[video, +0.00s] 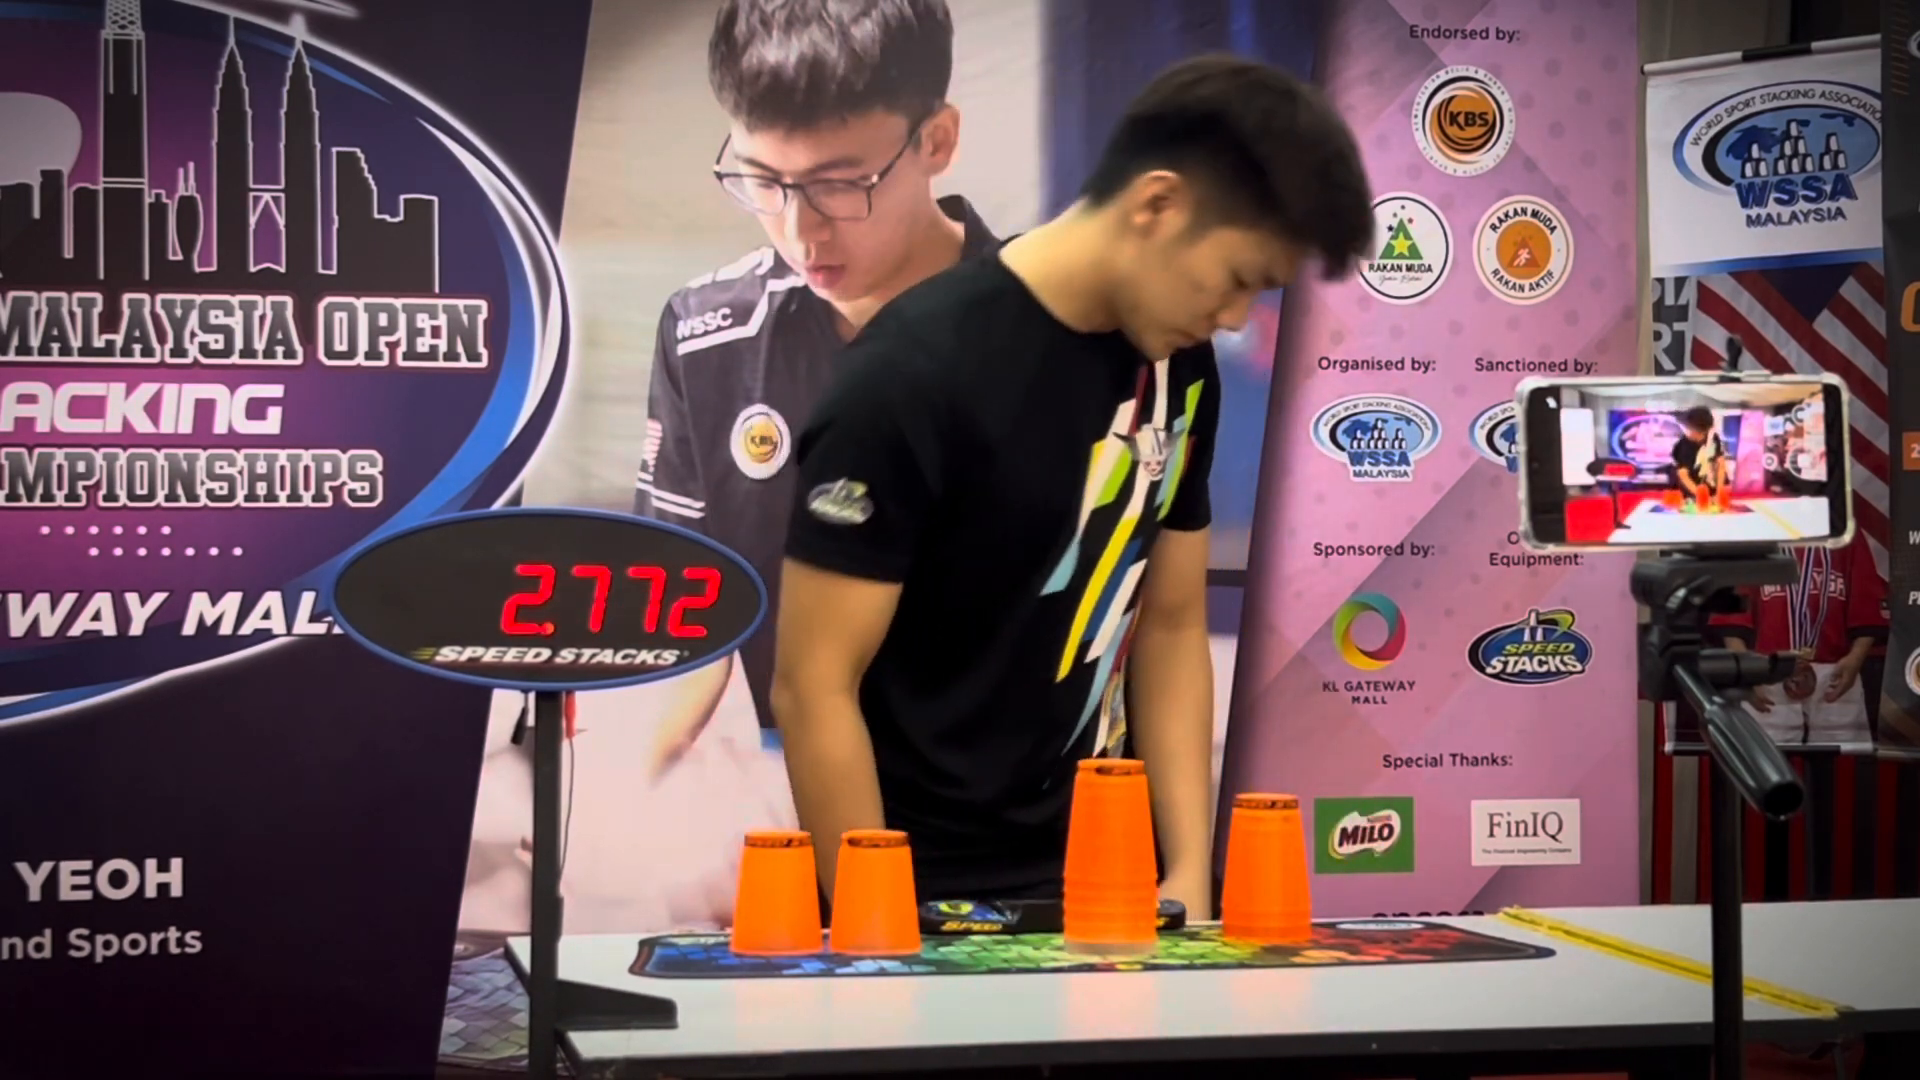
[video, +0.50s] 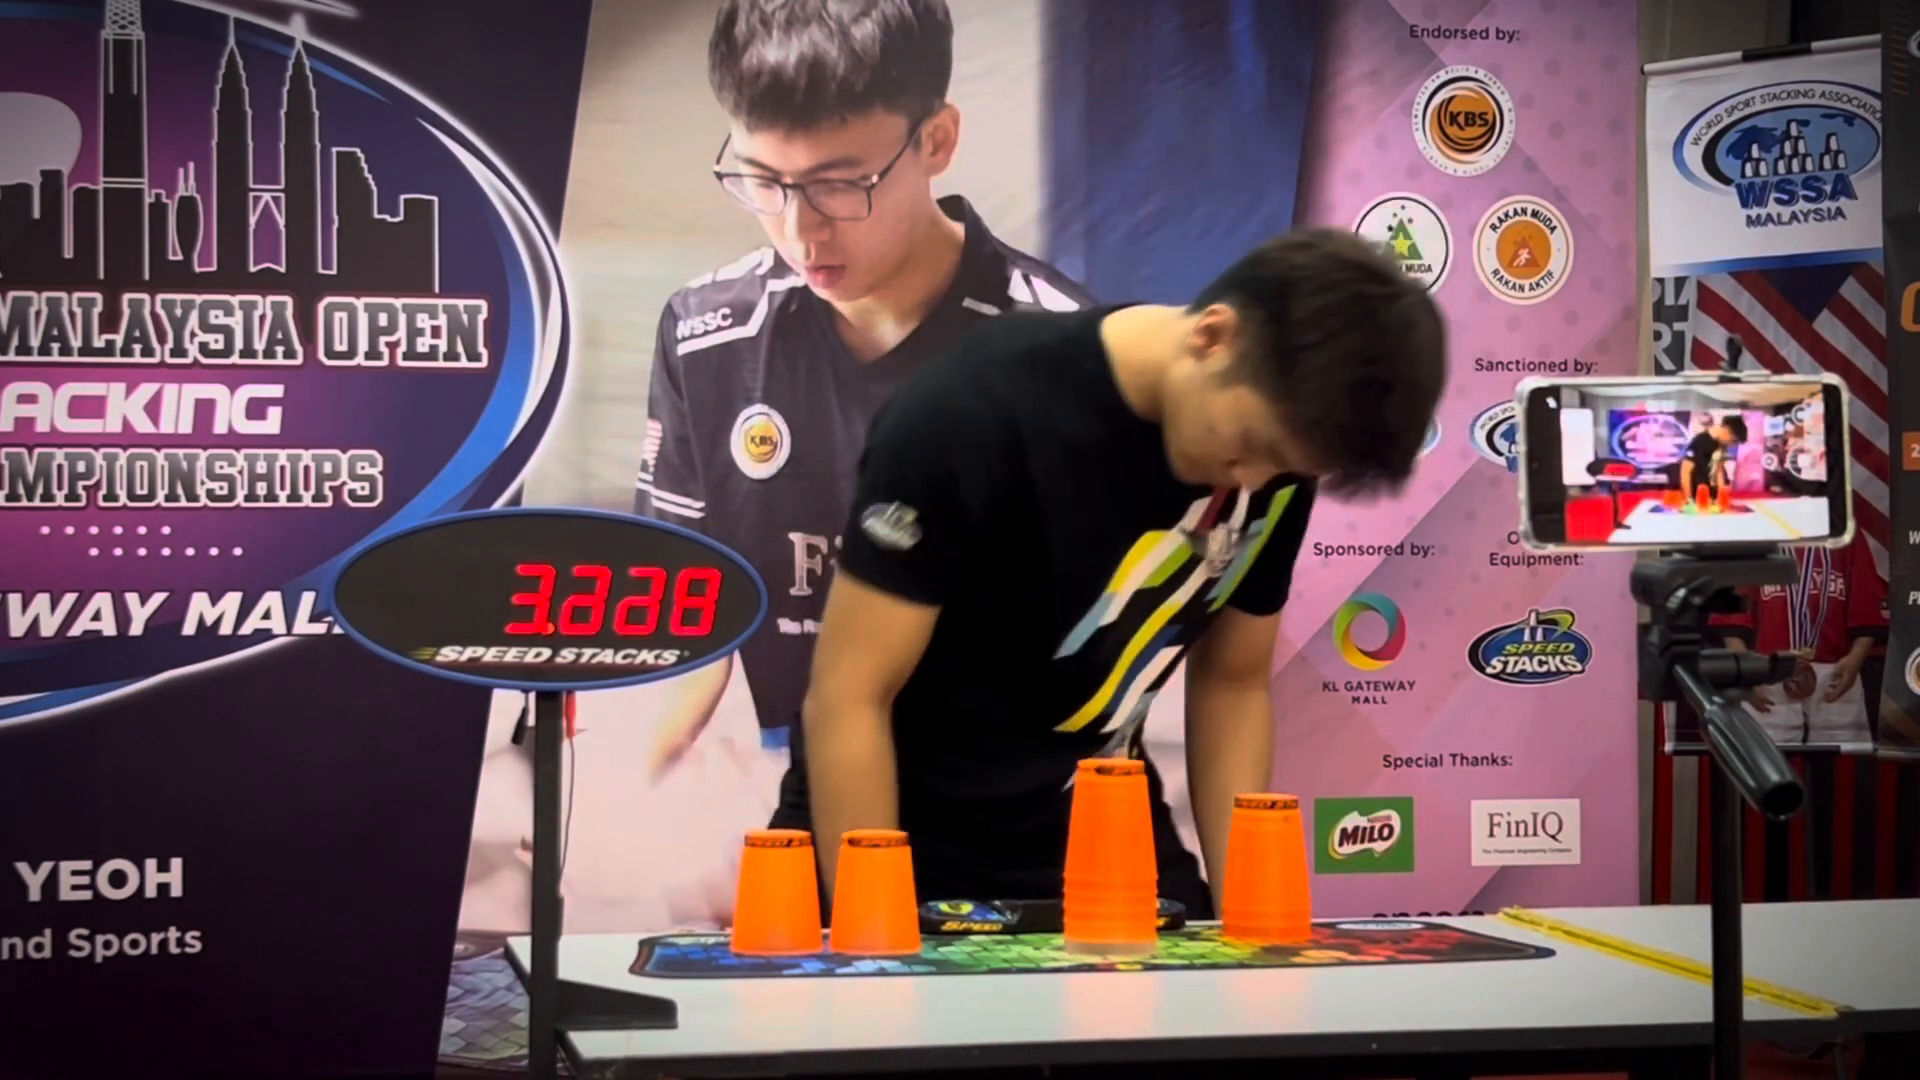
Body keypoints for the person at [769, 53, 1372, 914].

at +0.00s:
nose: (1235, 322)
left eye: (1258, 294)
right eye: (1239, 281)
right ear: (1153, 206)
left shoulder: (1174, 359)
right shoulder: (909, 374)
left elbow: (1171, 625)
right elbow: (812, 685)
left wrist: (1187, 869)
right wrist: (873, 941)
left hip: (1073, 903)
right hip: (911, 917)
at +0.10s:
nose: (1268, 346)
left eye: (1293, 321)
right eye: (1282, 305)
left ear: (1214, 225)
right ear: (1216, 225)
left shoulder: (1178, 367)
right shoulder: (959, 358)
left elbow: (1162, 638)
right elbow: (836, 668)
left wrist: (1204, 879)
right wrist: (878, 935)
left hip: (1065, 902)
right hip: (914, 914)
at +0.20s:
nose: (1299, 392)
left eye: (1325, 372)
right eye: (1317, 358)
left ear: (1259, 270)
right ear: (1260, 269)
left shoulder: (1201, 392)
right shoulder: (987, 373)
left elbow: (1158, 662)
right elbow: (864, 674)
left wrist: (1224, 900)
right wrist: (893, 935)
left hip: (1054, 902)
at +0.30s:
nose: (1308, 440)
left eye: (1338, 427)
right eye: (1327, 406)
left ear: (1281, 305)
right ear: (1282, 304)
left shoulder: (1237, 416)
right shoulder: (1008, 384)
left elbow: (1179, 674)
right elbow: (874, 671)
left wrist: (1235, 909)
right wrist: (891, 944)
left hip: (1065, 888)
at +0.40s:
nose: (1299, 460)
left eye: (1330, 448)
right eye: (1309, 424)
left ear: (1268, 320)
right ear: (1267, 318)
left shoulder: (1275, 435)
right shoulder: (1005, 383)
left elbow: (1218, 677)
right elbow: (868, 670)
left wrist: (1243, 917)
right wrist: (880, 939)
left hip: (1102, 859)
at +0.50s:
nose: (1250, 485)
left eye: (1288, 474)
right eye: (1251, 443)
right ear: (1207, 338)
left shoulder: (1277, 451)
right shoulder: (966, 410)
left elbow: (1235, 675)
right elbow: (844, 695)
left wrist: (1247, 920)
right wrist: (874, 952)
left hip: (1094, 844)